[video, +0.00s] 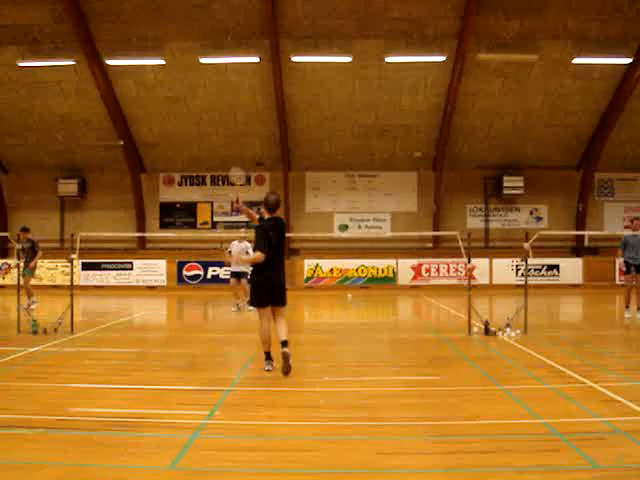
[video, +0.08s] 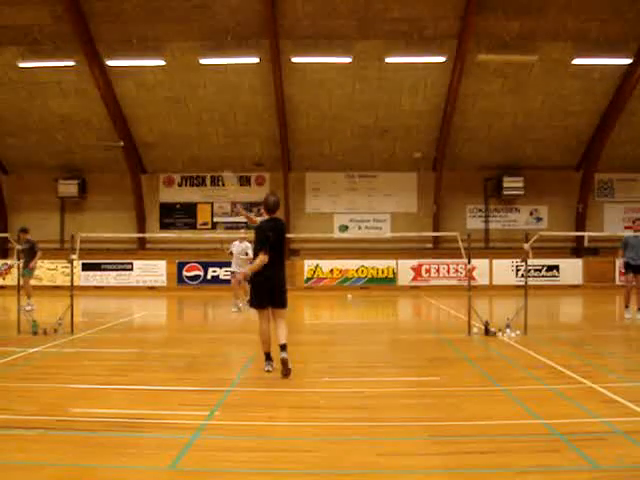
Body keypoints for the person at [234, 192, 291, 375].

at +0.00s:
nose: (263, 208)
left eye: (264, 204)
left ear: (263, 207)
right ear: (278, 207)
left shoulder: (262, 227)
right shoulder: (281, 224)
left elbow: (260, 256)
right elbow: (258, 220)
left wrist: (239, 259)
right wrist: (244, 209)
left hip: (262, 277)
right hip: (278, 276)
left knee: (264, 317)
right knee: (279, 314)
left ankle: (268, 358)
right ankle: (284, 346)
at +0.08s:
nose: (263, 209)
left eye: (263, 205)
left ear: (263, 207)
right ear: (278, 208)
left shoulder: (262, 227)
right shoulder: (281, 225)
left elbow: (263, 257)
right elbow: (260, 223)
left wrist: (245, 272)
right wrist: (246, 215)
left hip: (262, 277)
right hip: (278, 276)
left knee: (264, 318)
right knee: (280, 316)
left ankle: (268, 359)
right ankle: (284, 351)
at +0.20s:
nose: (263, 210)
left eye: (263, 207)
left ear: (262, 209)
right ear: (278, 210)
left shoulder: (259, 229)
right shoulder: (282, 229)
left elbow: (261, 260)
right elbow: (284, 257)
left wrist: (261, 286)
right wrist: (281, 279)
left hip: (262, 281)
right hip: (278, 281)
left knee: (263, 321)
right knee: (279, 320)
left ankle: (267, 360)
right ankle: (283, 361)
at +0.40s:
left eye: (262, 207)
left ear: (261, 209)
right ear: (276, 210)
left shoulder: (253, 229)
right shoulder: (281, 231)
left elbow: (252, 260)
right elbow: (284, 260)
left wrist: (248, 283)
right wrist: (283, 280)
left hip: (258, 282)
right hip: (276, 282)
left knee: (259, 322)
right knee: (278, 323)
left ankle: (263, 360)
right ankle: (283, 367)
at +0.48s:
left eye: (259, 207)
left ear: (258, 208)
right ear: (274, 211)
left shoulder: (246, 229)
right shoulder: (279, 232)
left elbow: (237, 254)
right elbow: (287, 259)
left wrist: (231, 277)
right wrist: (287, 280)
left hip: (249, 282)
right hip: (270, 282)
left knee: (251, 324)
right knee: (275, 325)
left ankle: (253, 364)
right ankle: (282, 368)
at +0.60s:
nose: (267, 215)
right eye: (268, 213)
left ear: (250, 212)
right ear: (267, 214)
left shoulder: (236, 231)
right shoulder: (273, 235)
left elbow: (220, 254)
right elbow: (290, 263)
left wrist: (207, 275)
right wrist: (305, 285)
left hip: (239, 285)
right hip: (262, 286)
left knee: (234, 323)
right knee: (272, 326)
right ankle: (283, 369)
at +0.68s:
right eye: (260, 215)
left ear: (245, 217)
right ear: (260, 218)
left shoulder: (232, 235)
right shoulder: (266, 237)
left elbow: (213, 256)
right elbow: (286, 263)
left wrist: (197, 276)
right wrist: (304, 283)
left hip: (234, 287)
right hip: (258, 287)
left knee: (223, 326)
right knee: (272, 327)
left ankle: (205, 365)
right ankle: (283, 370)